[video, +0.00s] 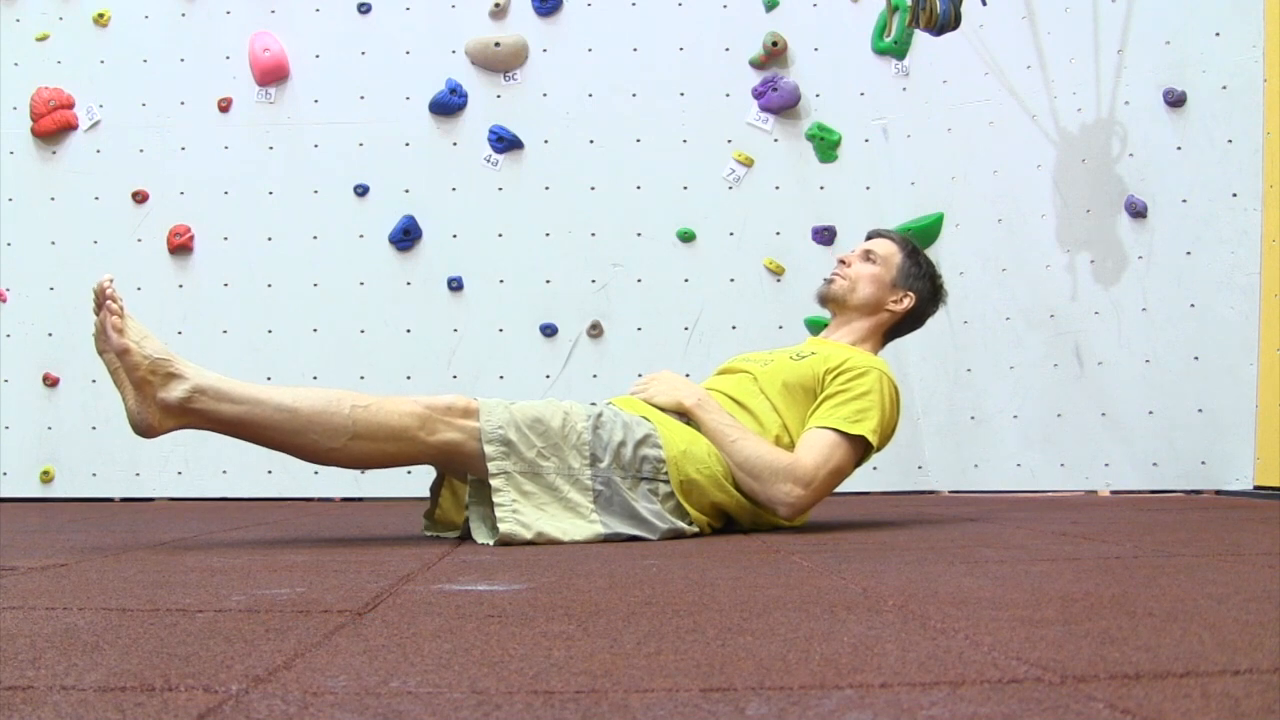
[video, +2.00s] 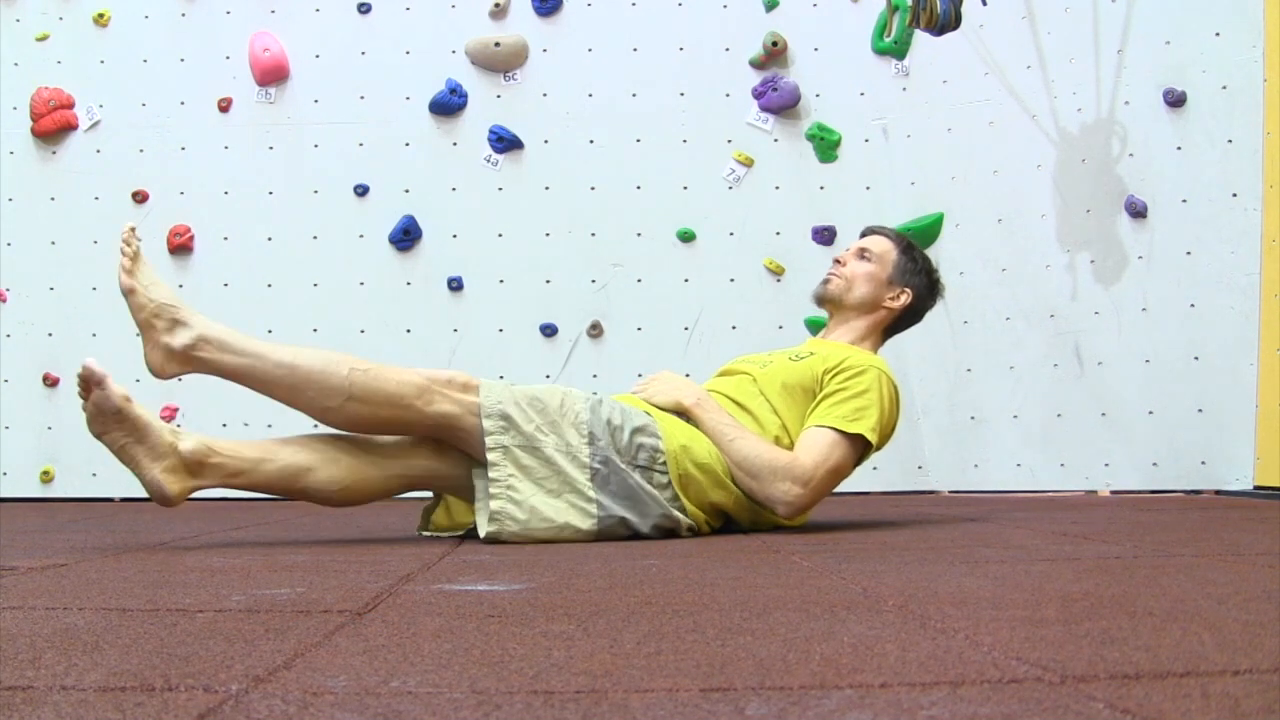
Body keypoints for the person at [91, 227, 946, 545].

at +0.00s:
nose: (847, 254)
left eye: (870, 255)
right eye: (857, 246)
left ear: (897, 302)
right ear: (863, 285)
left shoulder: (865, 377)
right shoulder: (805, 359)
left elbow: (792, 493)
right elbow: (749, 467)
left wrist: (701, 403)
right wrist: (673, 407)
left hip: (660, 461)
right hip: (642, 445)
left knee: (442, 426)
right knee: (434, 422)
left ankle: (179, 395)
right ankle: (181, 396)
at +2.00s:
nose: (842, 257)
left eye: (865, 256)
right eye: (848, 248)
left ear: (896, 301)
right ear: (850, 283)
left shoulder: (864, 374)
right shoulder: (793, 361)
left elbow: (794, 492)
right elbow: (740, 466)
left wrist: (698, 400)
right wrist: (667, 409)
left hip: (661, 457)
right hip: (630, 453)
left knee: (450, 402)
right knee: (416, 453)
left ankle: (189, 336)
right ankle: (180, 461)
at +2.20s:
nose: (845, 265)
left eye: (869, 263)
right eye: (851, 255)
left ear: (900, 307)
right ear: (849, 287)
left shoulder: (867, 381)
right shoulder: (797, 366)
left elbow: (793, 496)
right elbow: (738, 461)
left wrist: (704, 403)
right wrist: (665, 405)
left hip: (656, 457)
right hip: (626, 445)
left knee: (455, 414)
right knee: (407, 448)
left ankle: (192, 364)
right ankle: (171, 450)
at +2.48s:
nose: (838, 262)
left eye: (862, 259)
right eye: (843, 251)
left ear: (895, 302)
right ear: (842, 281)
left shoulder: (862, 378)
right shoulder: (793, 360)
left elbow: (792, 494)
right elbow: (742, 463)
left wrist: (701, 404)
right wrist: (664, 409)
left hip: (646, 467)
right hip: (617, 440)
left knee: (440, 441)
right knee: (427, 404)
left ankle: (181, 467)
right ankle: (196, 335)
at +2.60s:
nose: (832, 260)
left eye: (856, 257)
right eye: (838, 250)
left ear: (890, 298)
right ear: (841, 283)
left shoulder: (862, 377)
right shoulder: (790, 360)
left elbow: (793, 490)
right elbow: (730, 450)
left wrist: (700, 402)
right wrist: (667, 402)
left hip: (646, 466)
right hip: (616, 435)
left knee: (444, 452)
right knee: (445, 393)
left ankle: (178, 468)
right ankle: (208, 327)